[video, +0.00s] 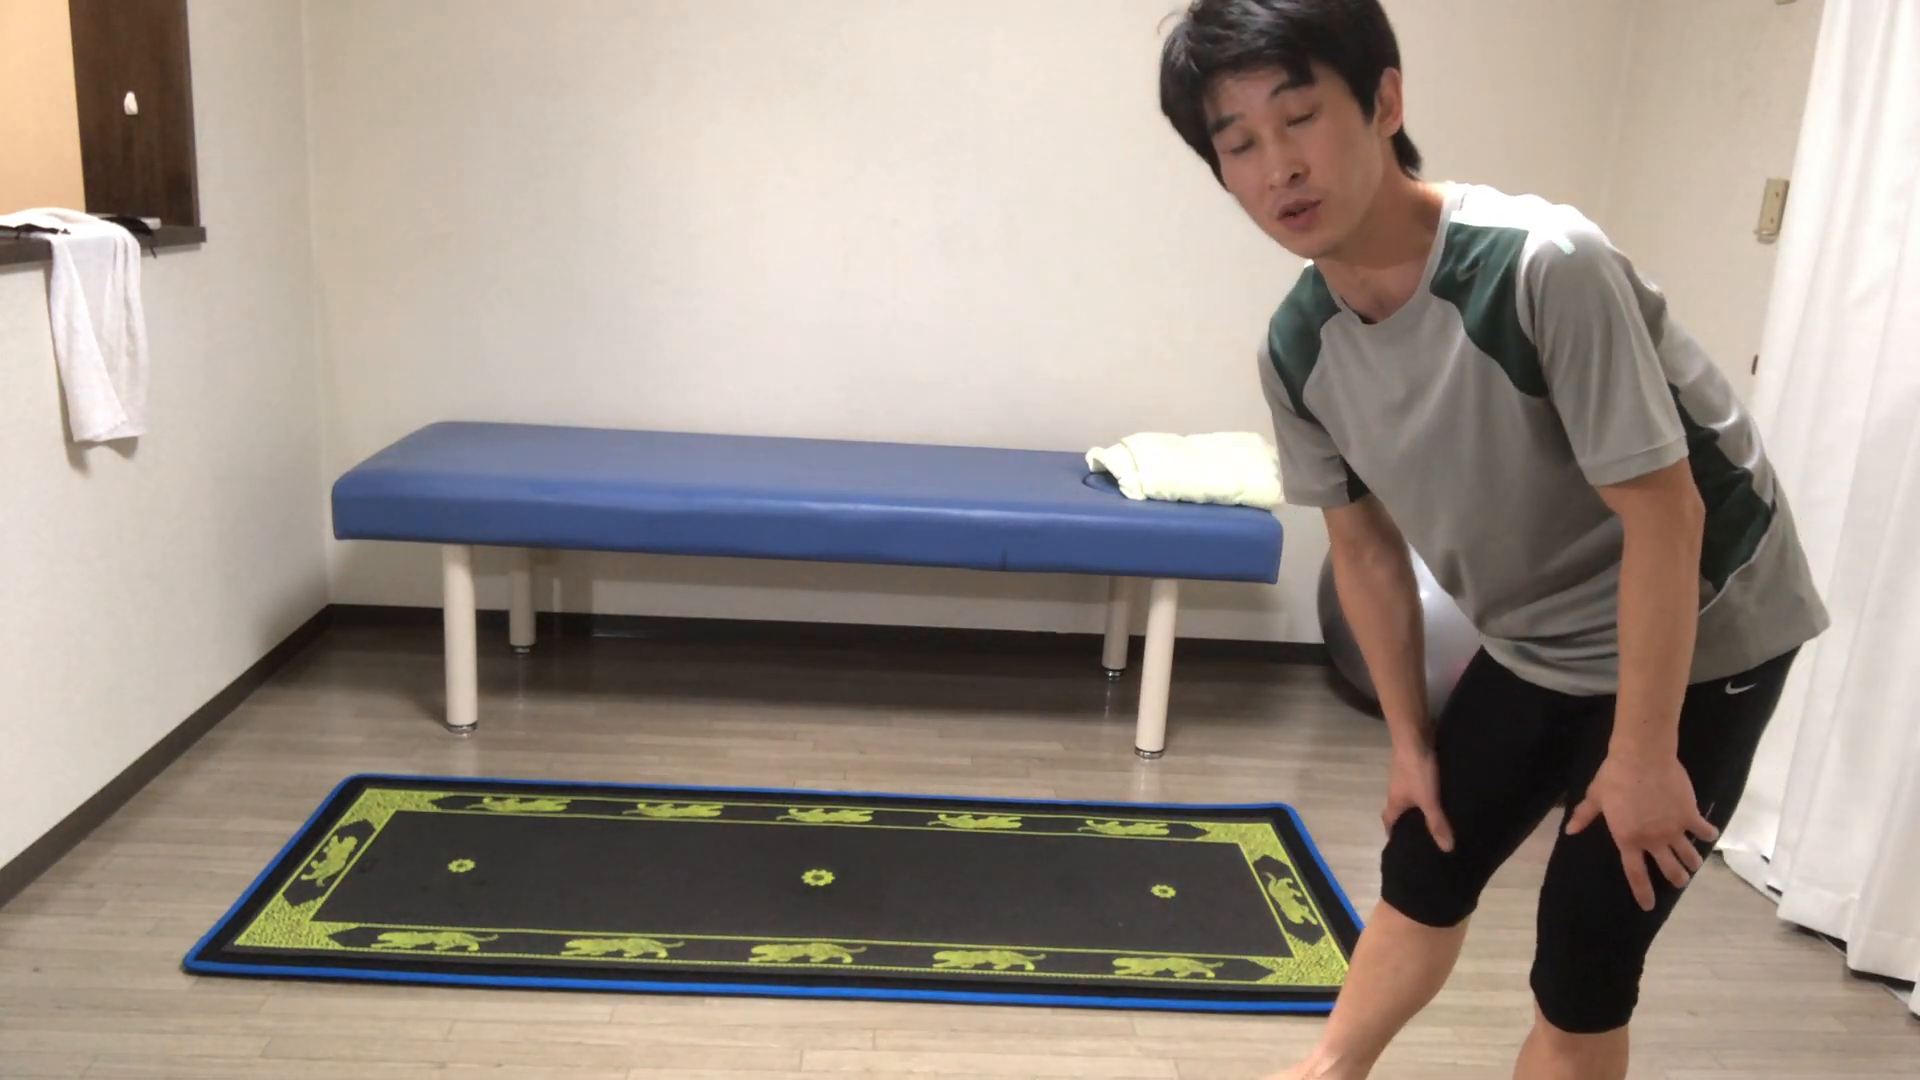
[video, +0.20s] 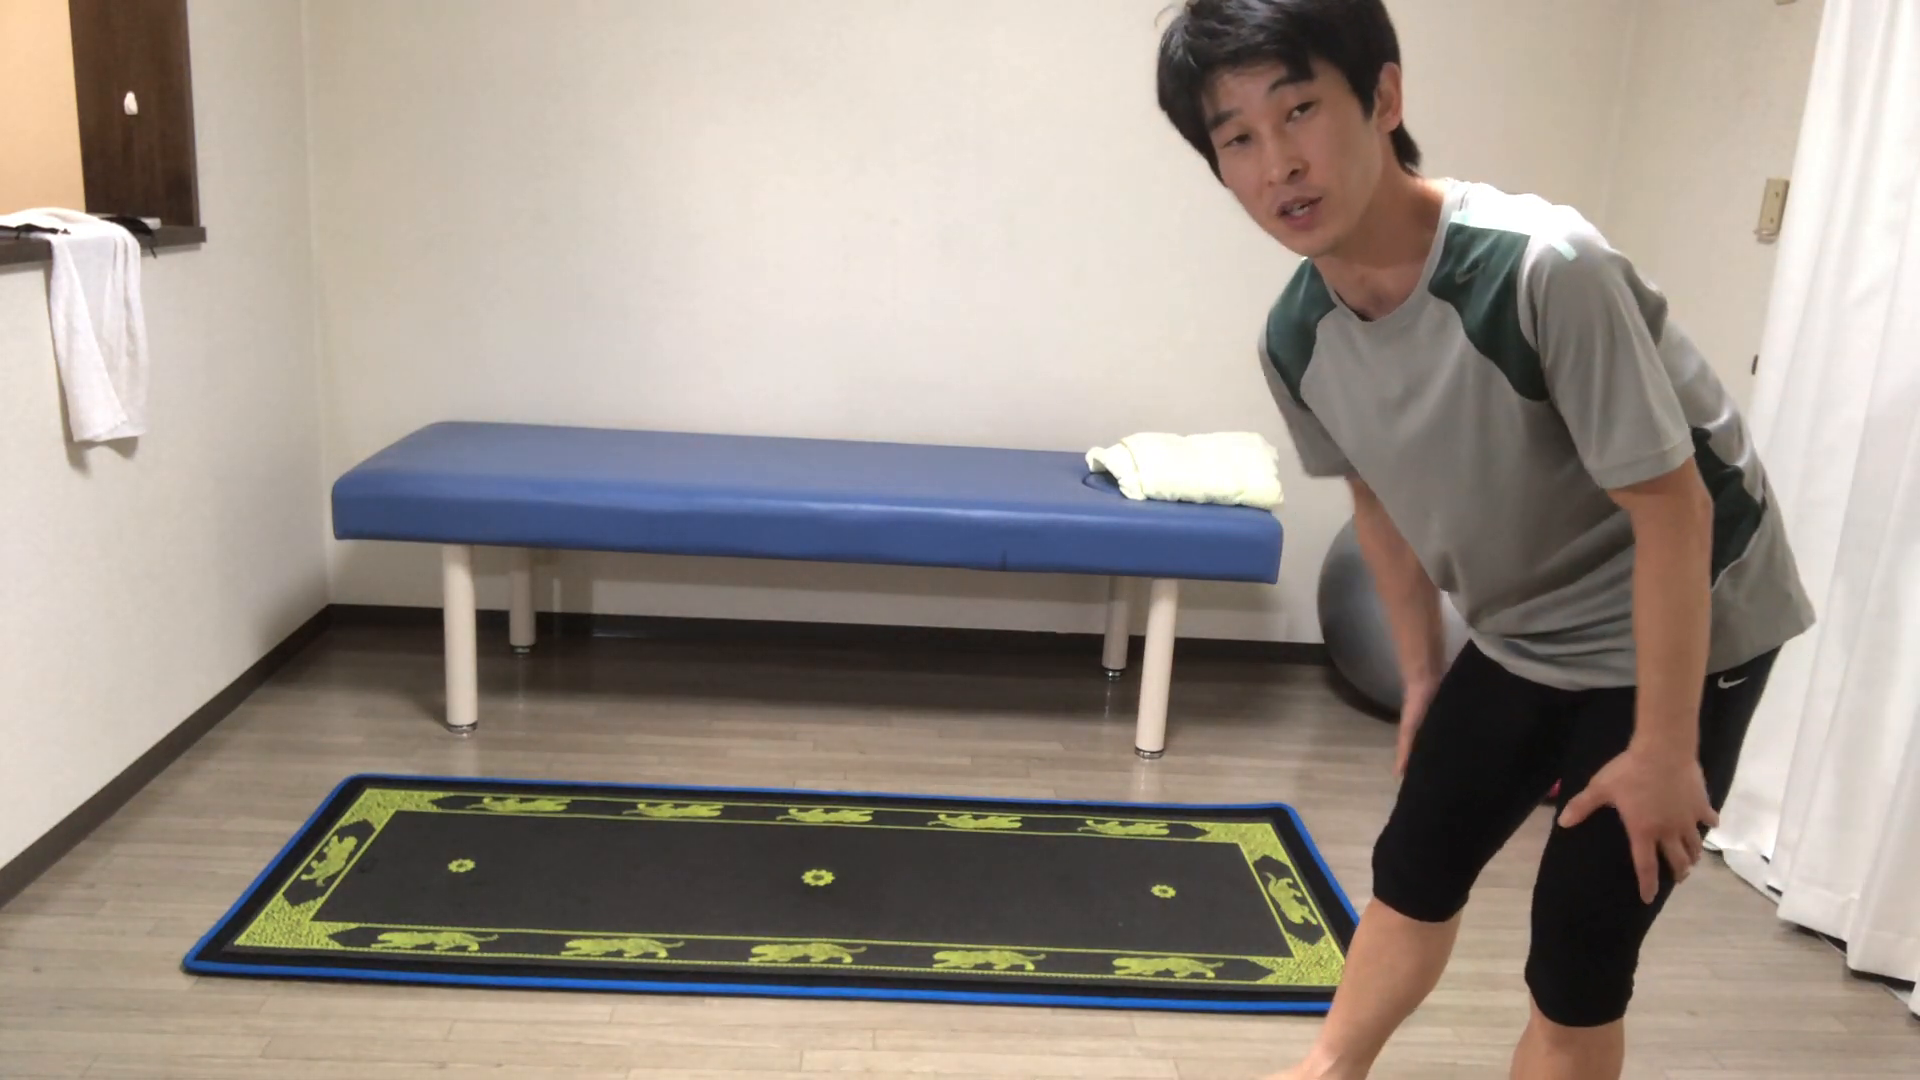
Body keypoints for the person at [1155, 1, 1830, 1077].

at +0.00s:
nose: (1278, 171)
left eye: (1301, 119)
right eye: (1239, 146)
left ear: (1385, 107)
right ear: (1219, 175)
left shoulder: (1544, 269)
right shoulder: (1301, 348)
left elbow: (1667, 515)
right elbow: (1363, 546)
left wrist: (1644, 748)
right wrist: (1409, 739)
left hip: (1710, 621)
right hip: (1542, 627)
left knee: (1588, 930)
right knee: (1422, 858)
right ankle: (1333, 1062)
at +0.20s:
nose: (1277, 166)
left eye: (1297, 112)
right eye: (1238, 142)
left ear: (1385, 100)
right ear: (1217, 173)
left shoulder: (1544, 272)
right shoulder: (1300, 341)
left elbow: (1672, 505)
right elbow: (1381, 512)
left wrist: (1665, 744)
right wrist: (1422, 675)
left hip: (1685, 619)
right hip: (1521, 622)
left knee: (1583, 921)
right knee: (1413, 860)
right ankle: (1333, 1063)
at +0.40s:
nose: (1270, 177)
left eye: (1292, 124)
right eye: (1231, 150)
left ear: (1380, 109)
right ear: (1210, 177)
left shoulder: (1545, 286)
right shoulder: (1296, 333)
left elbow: (1692, 504)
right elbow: (1441, 484)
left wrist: (1681, 742)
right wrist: (1494, 620)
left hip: (1659, 631)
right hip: (1505, 622)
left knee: (1571, 941)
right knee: (1406, 867)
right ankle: (1331, 1061)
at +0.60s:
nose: (1264, 186)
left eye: (1289, 135)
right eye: (1225, 160)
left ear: (1371, 116)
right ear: (1201, 184)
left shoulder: (1540, 293)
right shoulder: (1291, 331)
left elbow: (1680, 507)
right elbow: (1426, 473)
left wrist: (1662, 736)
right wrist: (1447, 601)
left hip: (1645, 625)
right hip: (1493, 616)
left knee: (1565, 934)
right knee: (1402, 866)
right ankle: (1330, 1063)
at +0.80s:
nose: (1255, 189)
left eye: (1279, 137)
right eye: (1215, 164)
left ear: (1360, 119)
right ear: (1192, 191)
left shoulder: (1531, 298)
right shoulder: (1284, 332)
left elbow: (1668, 505)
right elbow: (1406, 474)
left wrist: (1639, 727)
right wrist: (1408, 617)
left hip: (1625, 622)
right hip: (1473, 612)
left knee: (1559, 931)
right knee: (1396, 858)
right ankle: (1331, 1061)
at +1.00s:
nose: (1239, 199)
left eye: (1261, 146)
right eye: (1199, 174)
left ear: (1341, 126)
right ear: (1176, 198)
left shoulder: (1513, 298)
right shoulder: (1273, 326)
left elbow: (1643, 505)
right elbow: (1390, 471)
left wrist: (1620, 721)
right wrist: (1389, 626)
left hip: (1610, 622)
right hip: (1461, 608)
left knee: (1551, 930)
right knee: (1391, 852)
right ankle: (1331, 1061)